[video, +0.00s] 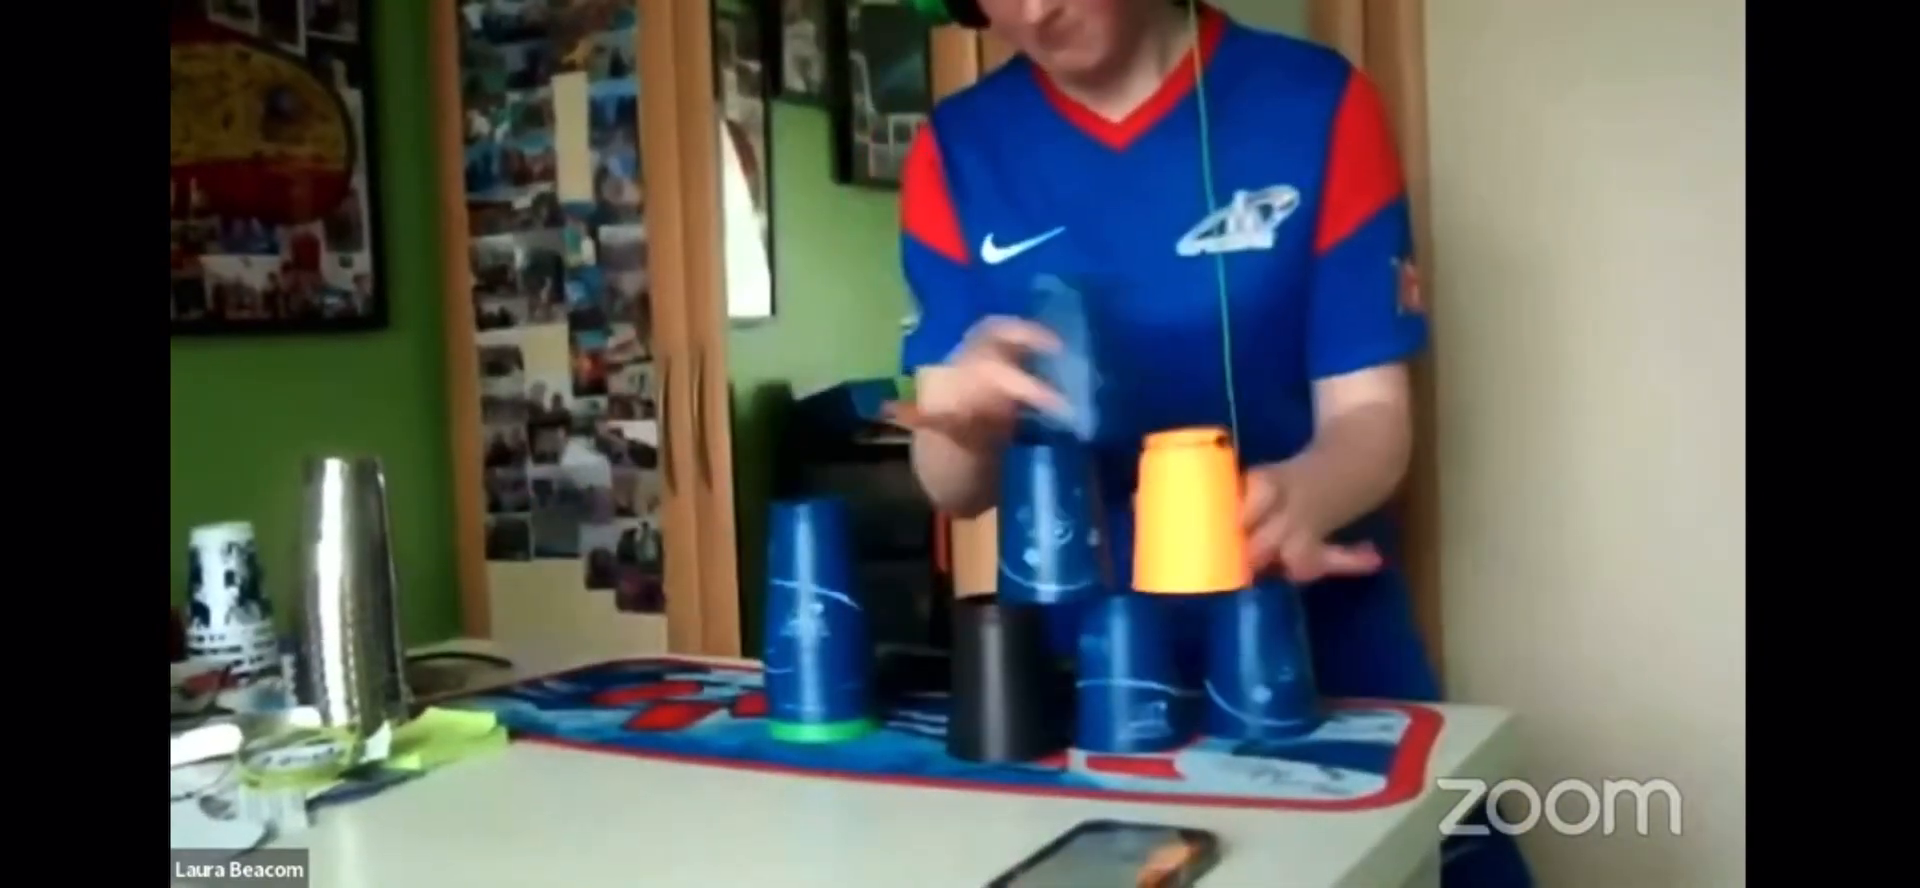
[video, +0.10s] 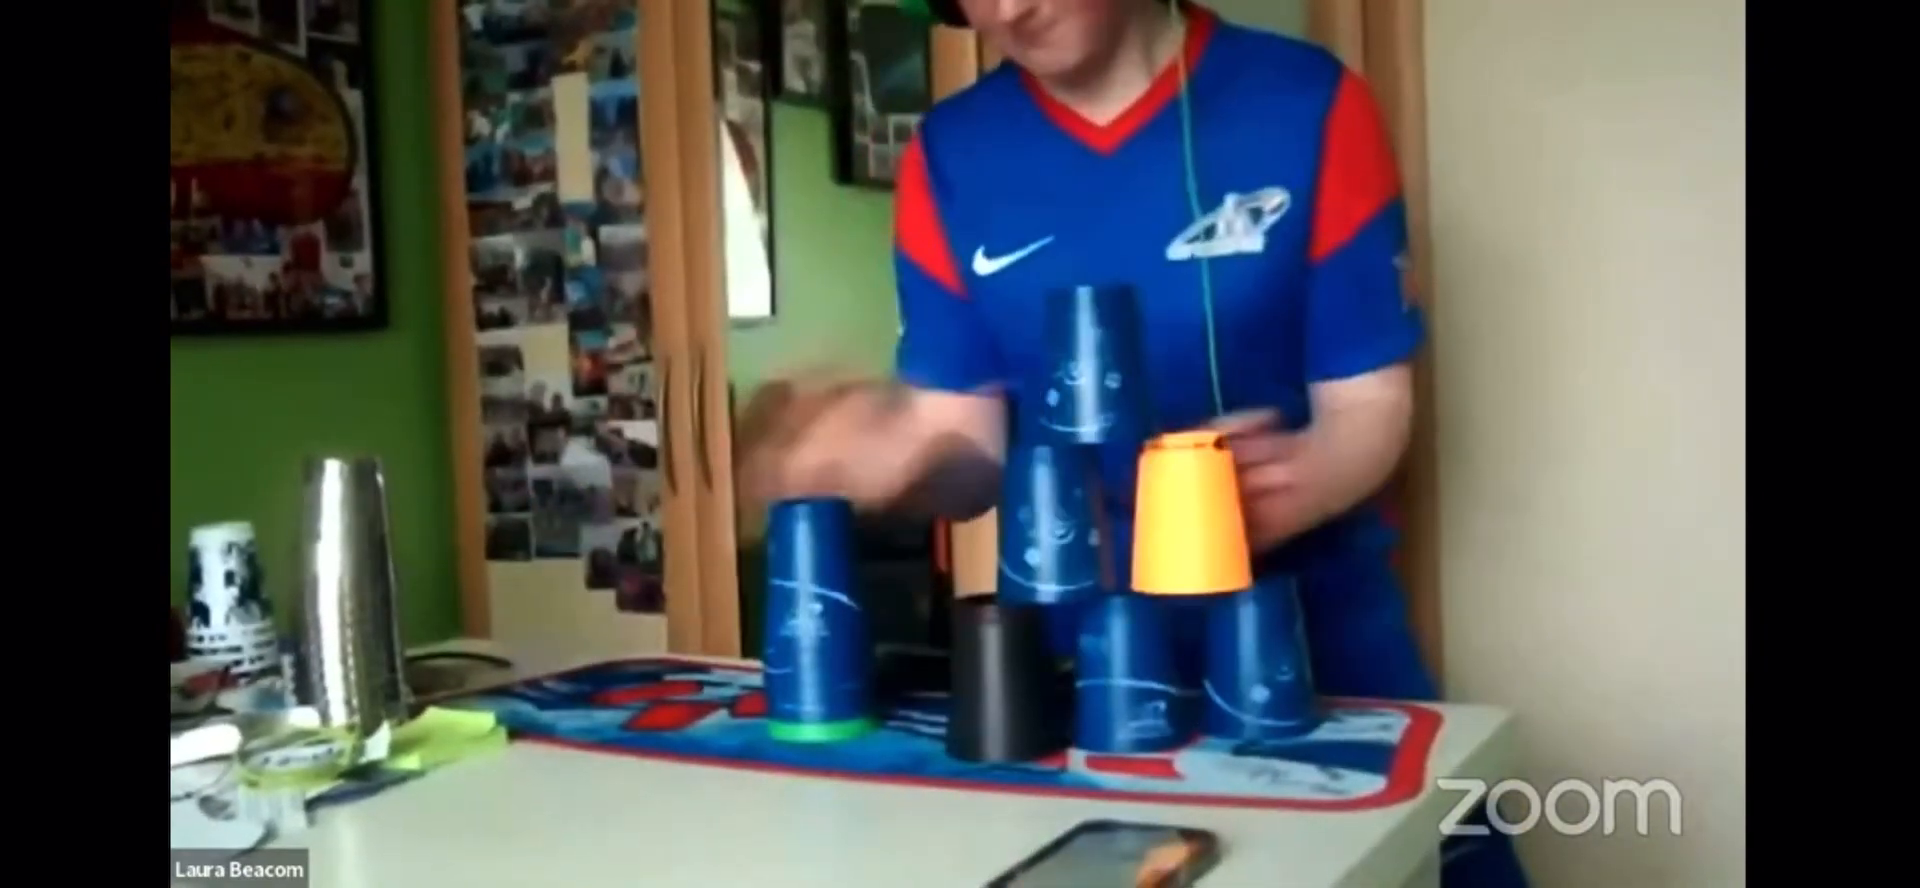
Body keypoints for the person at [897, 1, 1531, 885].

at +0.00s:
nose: (1036, 8)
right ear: (974, 9)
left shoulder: (1312, 103)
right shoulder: (958, 149)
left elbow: (1369, 413)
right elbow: (953, 489)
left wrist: (1302, 494)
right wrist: (959, 408)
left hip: (1313, 628)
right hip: (1081, 650)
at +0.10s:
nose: (1007, 10)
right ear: (960, 12)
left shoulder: (1308, 107)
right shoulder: (950, 154)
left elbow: (1368, 410)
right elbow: (968, 442)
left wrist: (1288, 484)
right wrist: (888, 461)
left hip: (1313, 643)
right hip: (1074, 657)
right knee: (1091, 874)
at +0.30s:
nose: (929, 18)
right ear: (890, 4)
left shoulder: (1245, 131)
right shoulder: (929, 159)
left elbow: (1231, 484)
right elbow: (936, 440)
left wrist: (959, 582)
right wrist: (792, 472)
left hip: (1283, 621)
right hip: (1071, 634)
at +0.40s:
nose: (913, 23)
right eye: (891, 3)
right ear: (883, 18)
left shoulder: (1233, 125)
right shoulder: (922, 159)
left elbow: (1221, 471)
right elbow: (901, 452)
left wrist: (998, 567)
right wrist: (753, 556)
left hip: (1276, 613)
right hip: (1065, 636)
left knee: (1347, 863)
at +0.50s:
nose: (906, 21)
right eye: (881, 1)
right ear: (873, 16)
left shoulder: (1226, 116)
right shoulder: (920, 152)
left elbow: (1246, 460)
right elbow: (925, 430)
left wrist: (1005, 553)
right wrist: (788, 471)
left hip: (1266, 622)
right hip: (1054, 644)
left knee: (1325, 863)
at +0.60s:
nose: (916, 18)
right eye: (894, 0)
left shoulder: (1234, 110)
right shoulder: (928, 144)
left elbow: (1244, 453)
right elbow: (922, 426)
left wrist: (1017, 512)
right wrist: (786, 400)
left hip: (1273, 613)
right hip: (1060, 627)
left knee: (1344, 861)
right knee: (1087, 868)